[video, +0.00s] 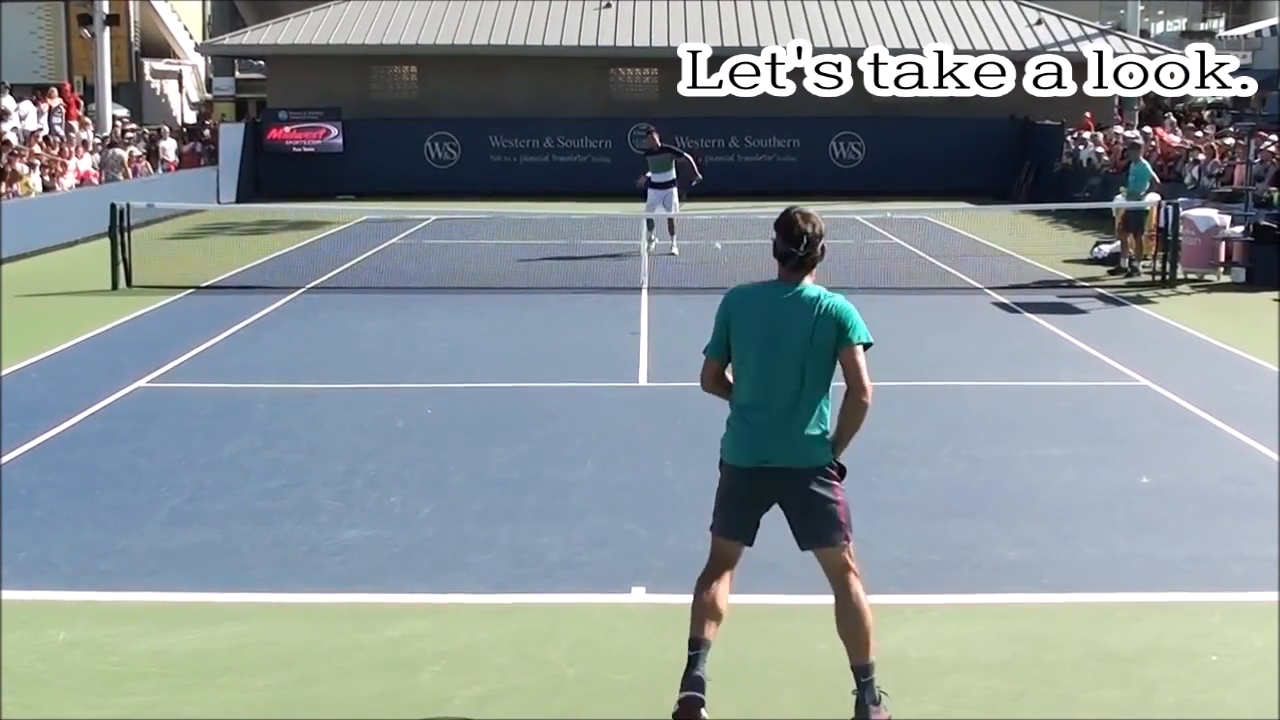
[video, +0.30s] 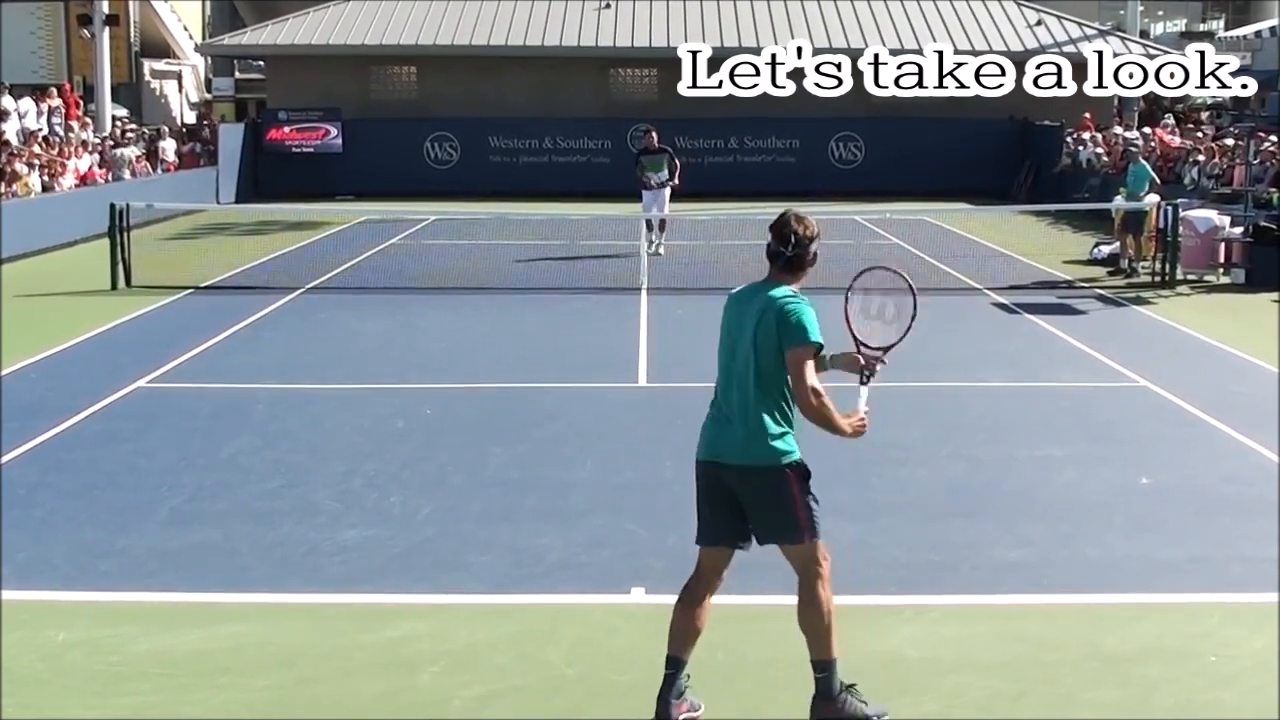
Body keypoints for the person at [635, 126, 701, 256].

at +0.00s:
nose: (653, 141)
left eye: (654, 137)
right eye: (650, 139)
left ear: (658, 137)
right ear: (647, 141)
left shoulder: (668, 150)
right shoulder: (648, 154)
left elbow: (688, 157)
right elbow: (652, 169)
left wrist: (697, 173)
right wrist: (646, 176)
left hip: (670, 188)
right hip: (653, 188)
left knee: (671, 216)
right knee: (648, 215)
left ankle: (673, 244)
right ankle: (651, 238)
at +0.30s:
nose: (651, 140)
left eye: (653, 137)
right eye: (649, 137)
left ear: (657, 138)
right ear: (645, 139)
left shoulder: (666, 151)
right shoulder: (641, 154)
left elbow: (676, 164)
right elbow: (638, 170)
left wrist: (675, 178)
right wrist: (645, 179)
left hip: (663, 186)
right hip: (648, 188)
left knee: (663, 214)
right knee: (647, 215)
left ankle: (661, 241)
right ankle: (651, 239)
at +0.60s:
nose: (651, 137)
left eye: (652, 135)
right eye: (648, 135)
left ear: (656, 136)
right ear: (645, 137)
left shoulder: (663, 151)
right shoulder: (639, 151)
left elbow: (669, 167)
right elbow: (634, 167)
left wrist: (662, 177)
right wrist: (639, 169)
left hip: (656, 188)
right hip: (641, 187)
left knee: (657, 217)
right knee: (634, 215)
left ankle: (656, 244)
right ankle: (631, 238)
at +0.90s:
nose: (645, 144)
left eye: (647, 142)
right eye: (642, 142)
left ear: (650, 144)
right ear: (638, 144)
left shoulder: (655, 160)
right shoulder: (631, 158)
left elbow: (659, 177)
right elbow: (625, 176)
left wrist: (653, 185)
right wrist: (635, 174)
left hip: (648, 190)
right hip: (633, 190)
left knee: (653, 218)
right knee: (630, 218)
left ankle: (653, 244)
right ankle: (621, 244)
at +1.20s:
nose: (643, 135)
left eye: (645, 132)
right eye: (641, 132)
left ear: (649, 135)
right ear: (636, 135)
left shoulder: (654, 151)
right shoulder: (629, 149)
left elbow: (657, 168)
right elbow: (622, 164)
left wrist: (651, 178)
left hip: (646, 185)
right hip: (630, 185)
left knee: (653, 214)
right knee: (622, 214)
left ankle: (659, 241)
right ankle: (613, 241)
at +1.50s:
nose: (635, 145)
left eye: (637, 143)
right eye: (634, 143)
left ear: (640, 146)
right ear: (630, 145)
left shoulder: (642, 162)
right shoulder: (622, 158)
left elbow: (651, 180)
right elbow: (616, 174)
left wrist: (665, 176)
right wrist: (630, 175)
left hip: (636, 193)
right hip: (621, 193)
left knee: (646, 218)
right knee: (620, 220)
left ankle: (658, 245)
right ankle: (602, 243)